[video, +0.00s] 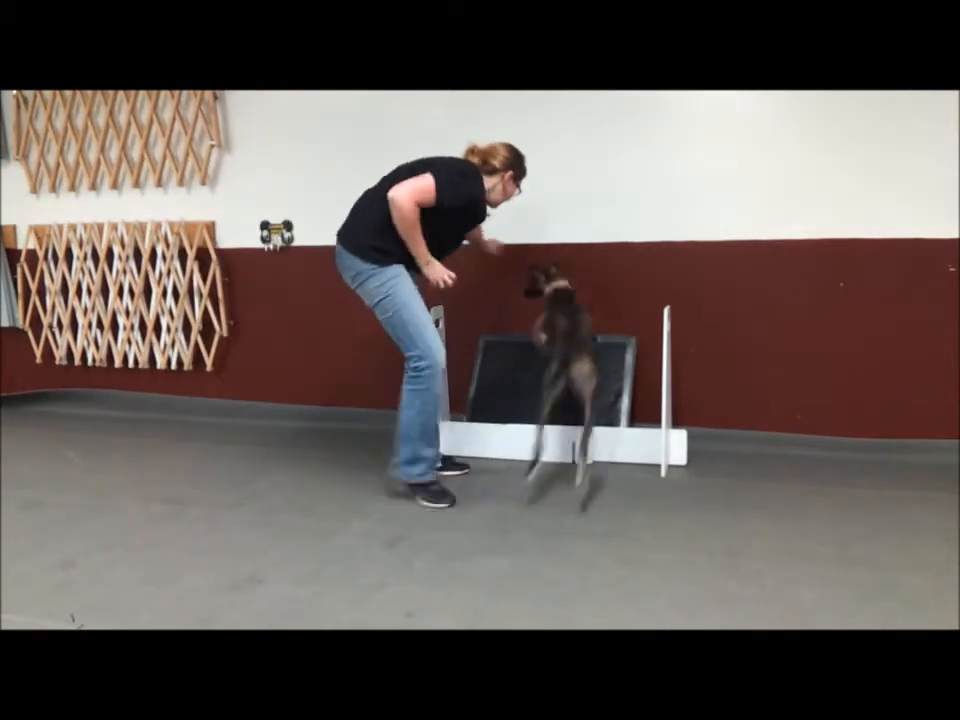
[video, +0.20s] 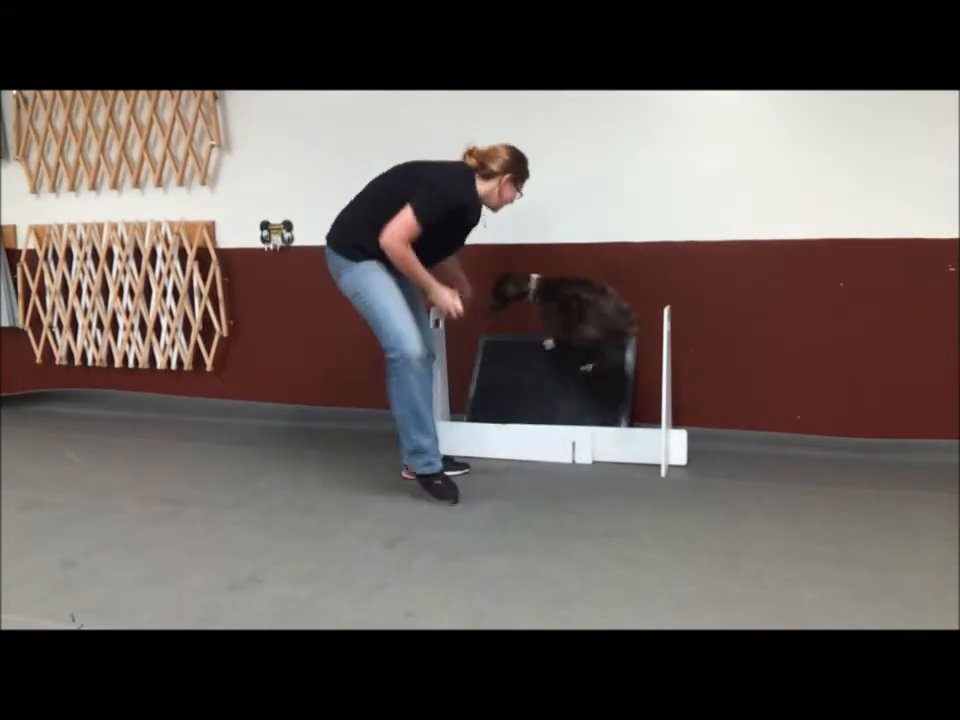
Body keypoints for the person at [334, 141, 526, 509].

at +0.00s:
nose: (514, 194)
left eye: (517, 188)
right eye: (515, 186)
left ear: (498, 175)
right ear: (503, 176)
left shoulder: (470, 189)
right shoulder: (465, 182)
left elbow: (467, 221)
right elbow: (401, 196)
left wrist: (483, 243)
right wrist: (426, 262)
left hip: (386, 258)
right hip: (370, 257)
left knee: (431, 355)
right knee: (427, 357)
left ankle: (426, 454)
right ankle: (414, 472)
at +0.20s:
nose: (516, 197)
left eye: (519, 190)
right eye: (517, 188)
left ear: (498, 178)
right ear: (502, 180)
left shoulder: (469, 206)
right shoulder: (451, 187)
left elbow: (434, 246)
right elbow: (391, 239)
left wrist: (459, 285)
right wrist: (434, 289)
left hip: (393, 256)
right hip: (356, 254)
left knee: (423, 350)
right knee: (408, 350)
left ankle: (424, 453)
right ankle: (421, 462)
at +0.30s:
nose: (511, 213)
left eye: (514, 206)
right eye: (510, 204)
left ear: (491, 195)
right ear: (492, 195)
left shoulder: (466, 221)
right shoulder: (438, 207)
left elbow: (432, 273)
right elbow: (402, 279)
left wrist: (457, 321)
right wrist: (447, 328)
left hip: (387, 266)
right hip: (343, 256)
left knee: (424, 350)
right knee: (375, 348)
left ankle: (420, 458)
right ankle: (383, 465)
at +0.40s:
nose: (490, 235)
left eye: (494, 229)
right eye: (488, 227)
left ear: (469, 218)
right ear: (467, 217)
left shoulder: (454, 242)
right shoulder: (419, 230)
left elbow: (429, 299)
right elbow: (411, 318)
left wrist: (448, 368)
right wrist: (455, 379)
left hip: (379, 276)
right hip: (331, 264)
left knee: (423, 353)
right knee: (347, 353)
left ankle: (420, 459)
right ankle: (311, 474)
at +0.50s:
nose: (460, 264)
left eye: (464, 256)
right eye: (456, 255)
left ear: (431, 244)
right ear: (428, 245)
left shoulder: (430, 254)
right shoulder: (391, 254)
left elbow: (409, 310)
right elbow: (398, 347)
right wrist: (429, 417)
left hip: (369, 286)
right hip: (319, 277)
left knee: (427, 345)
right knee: (317, 373)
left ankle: (418, 455)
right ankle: (266, 491)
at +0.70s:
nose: (350, 297)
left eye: (359, 287)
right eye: (340, 287)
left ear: (373, 281)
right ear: (320, 277)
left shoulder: (386, 271)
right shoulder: (296, 277)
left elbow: (371, 309)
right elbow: (293, 352)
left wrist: (355, 346)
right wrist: (295, 418)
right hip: (278, 293)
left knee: (413, 359)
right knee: (253, 384)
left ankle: (418, 466)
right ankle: (250, 508)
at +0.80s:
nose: (297, 283)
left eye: (306, 275)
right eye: (286, 274)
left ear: (323, 265)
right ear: (269, 266)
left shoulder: (353, 261)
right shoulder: (255, 270)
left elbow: (349, 302)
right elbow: (231, 350)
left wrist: (332, 343)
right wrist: (211, 414)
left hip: (340, 298)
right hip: (269, 309)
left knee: (386, 361)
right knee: (244, 393)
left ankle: (412, 457)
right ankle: (248, 506)